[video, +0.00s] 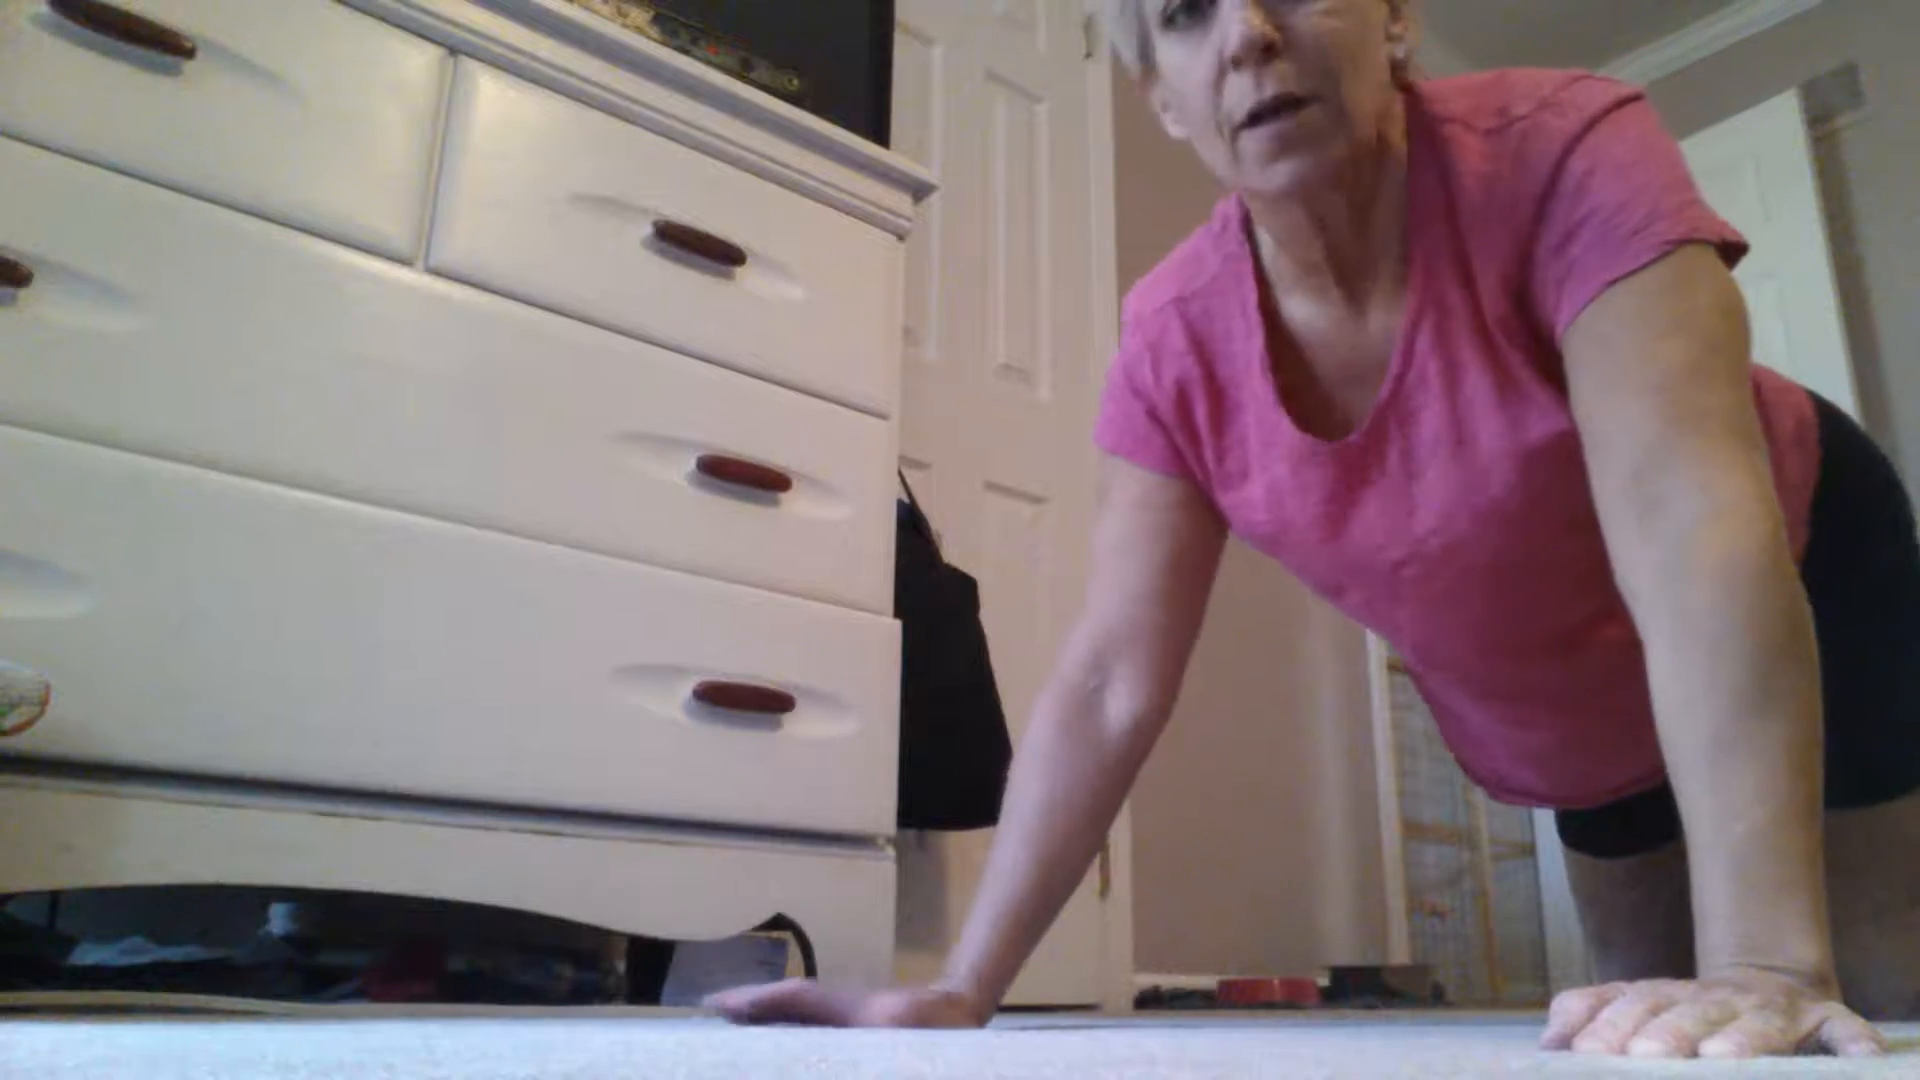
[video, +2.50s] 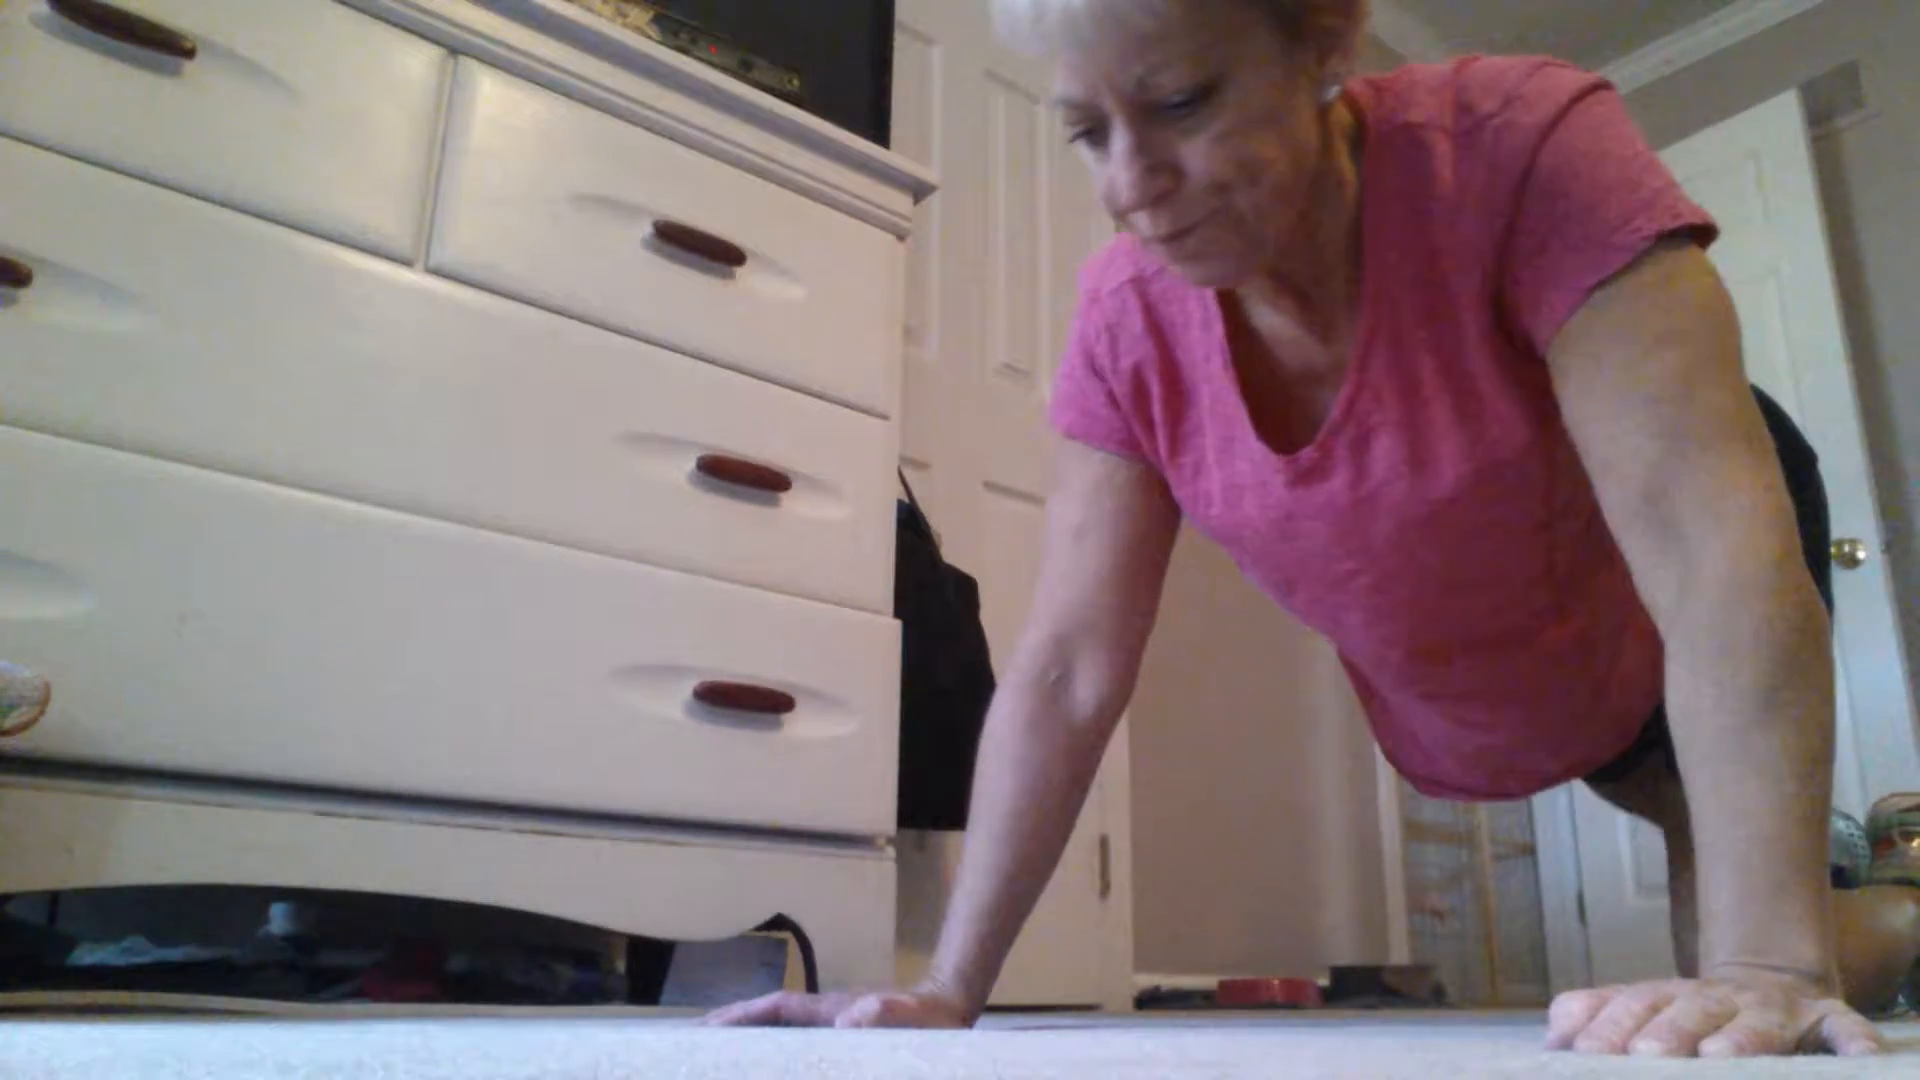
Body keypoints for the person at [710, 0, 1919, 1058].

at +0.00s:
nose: (1246, 39)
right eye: (1188, 23)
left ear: (1394, 28)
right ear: (1153, 99)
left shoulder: (1569, 152)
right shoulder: (1178, 336)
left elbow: (1701, 532)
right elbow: (1105, 684)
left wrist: (1765, 966)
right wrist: (966, 977)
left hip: (1800, 591)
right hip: (1585, 716)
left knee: (1849, 1012)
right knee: (1652, 1035)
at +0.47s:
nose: (1238, 32)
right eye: (1177, 7)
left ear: (1355, 25)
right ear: (1113, 75)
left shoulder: (1515, 158)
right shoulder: (1115, 317)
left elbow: (1663, 527)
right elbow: (1060, 670)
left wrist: (1762, 966)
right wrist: (952, 979)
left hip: (1722, 599)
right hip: (1532, 722)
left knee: (1865, 998)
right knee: (1661, 1027)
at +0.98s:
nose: (1228, 135)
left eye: (1268, 73)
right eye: (1167, 99)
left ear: (1346, 89)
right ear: (1115, 157)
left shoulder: (1490, 219)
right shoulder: (1105, 341)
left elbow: (1647, 561)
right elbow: (1053, 685)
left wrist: (1751, 974)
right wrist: (953, 979)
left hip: (1648, 559)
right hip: (1487, 667)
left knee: (1776, 959)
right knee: (1643, 988)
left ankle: (1907, 867)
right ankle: (1863, 876)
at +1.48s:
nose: (1077, 166)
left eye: (1117, 89)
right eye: (1031, 120)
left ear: (1246, 69)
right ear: (1007, 136)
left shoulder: (1435, 191)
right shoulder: (1080, 330)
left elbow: (1624, 530)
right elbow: (1042, 674)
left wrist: (1754, 972)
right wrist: (950, 983)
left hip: (1678, 542)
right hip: (1500, 659)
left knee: (1776, 955)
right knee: (1644, 999)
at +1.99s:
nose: (1040, 196)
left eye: (1079, 126)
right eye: (1008, 144)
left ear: (1244, 67)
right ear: (989, 140)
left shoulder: (1478, 163)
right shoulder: (1103, 324)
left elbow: (1696, 530)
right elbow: (1054, 675)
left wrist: (1758, 969)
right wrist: (950, 982)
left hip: (1696, 572)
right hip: (1524, 691)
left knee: (1782, 958)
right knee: (1690, 986)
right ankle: (1892, 927)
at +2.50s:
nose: (1136, 181)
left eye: (1184, 107)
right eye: (1088, 128)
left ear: (1330, 50)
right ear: (1057, 118)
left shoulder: (1526, 147)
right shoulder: (1129, 323)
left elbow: (1716, 527)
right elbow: (1062, 677)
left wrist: (1766, 969)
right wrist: (952, 983)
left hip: (1700, 587)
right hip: (1533, 691)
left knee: (1782, 923)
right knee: (1686, 818)